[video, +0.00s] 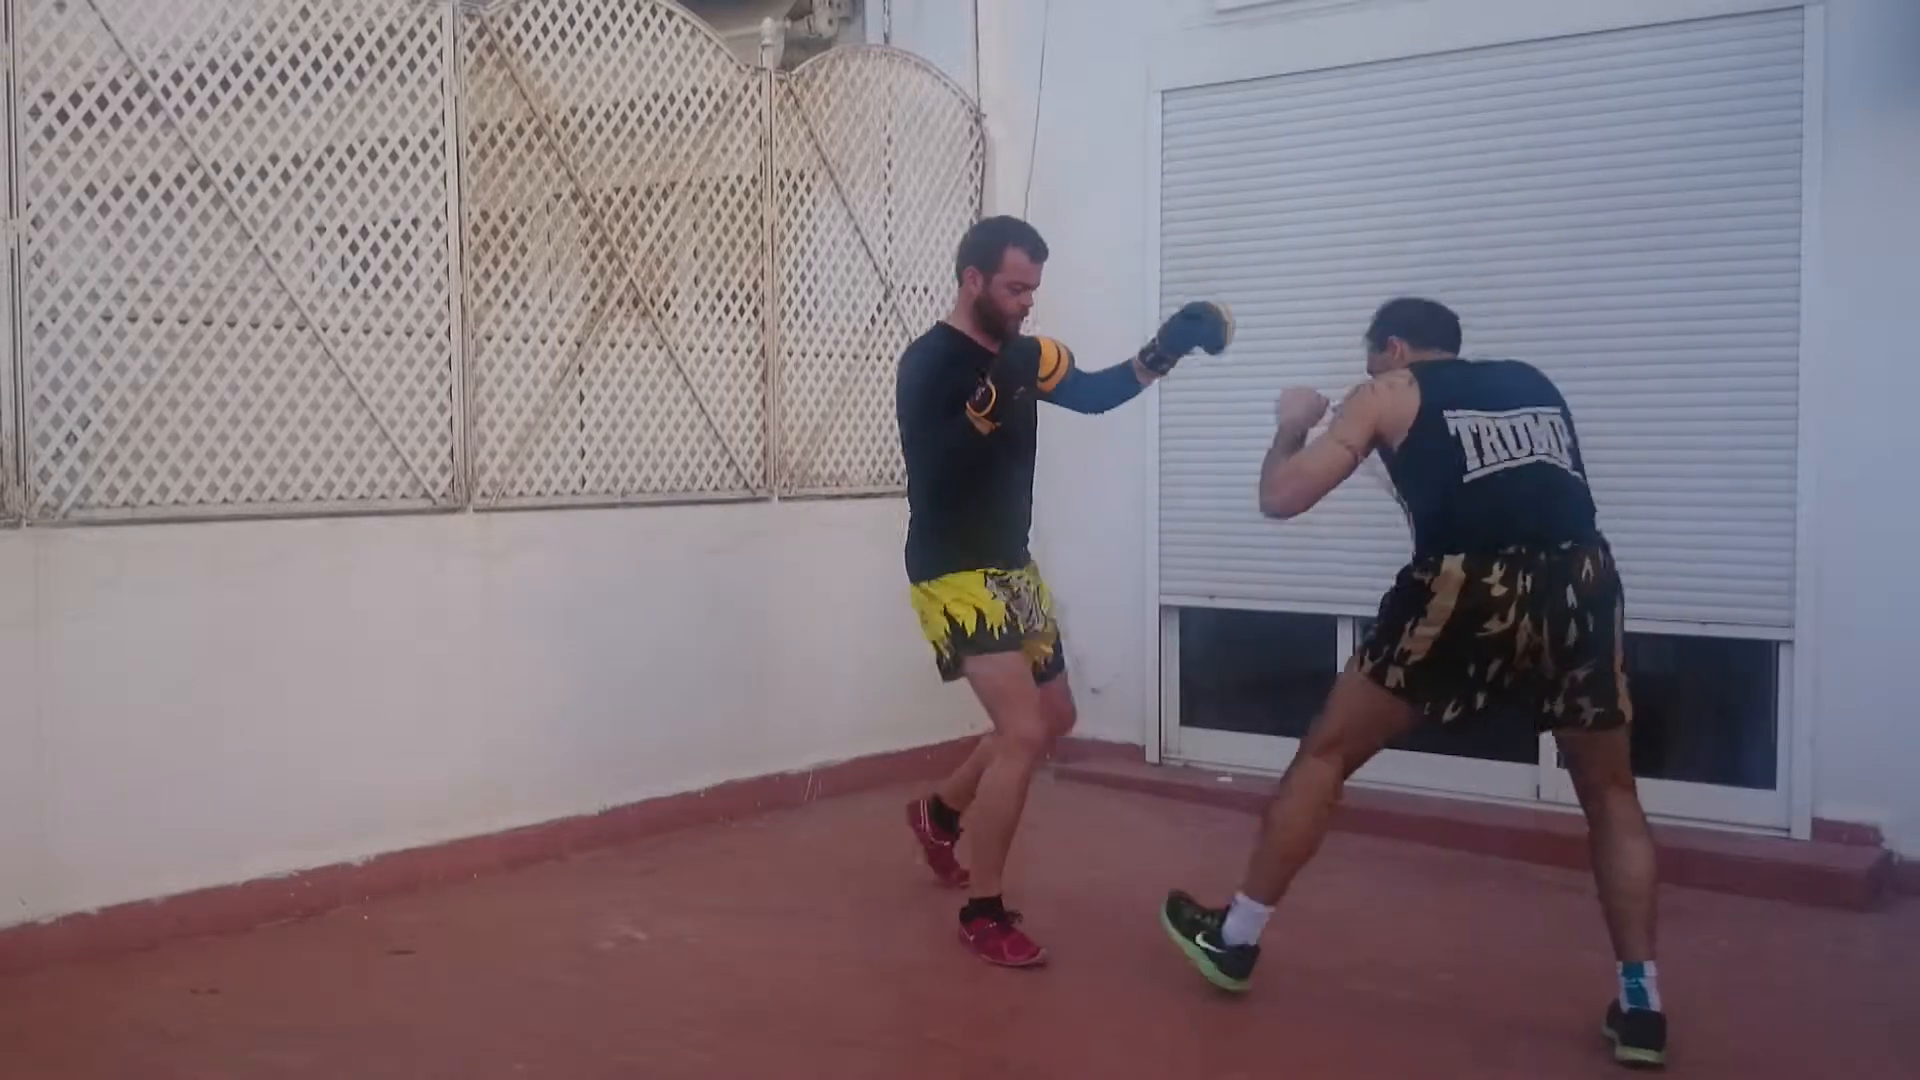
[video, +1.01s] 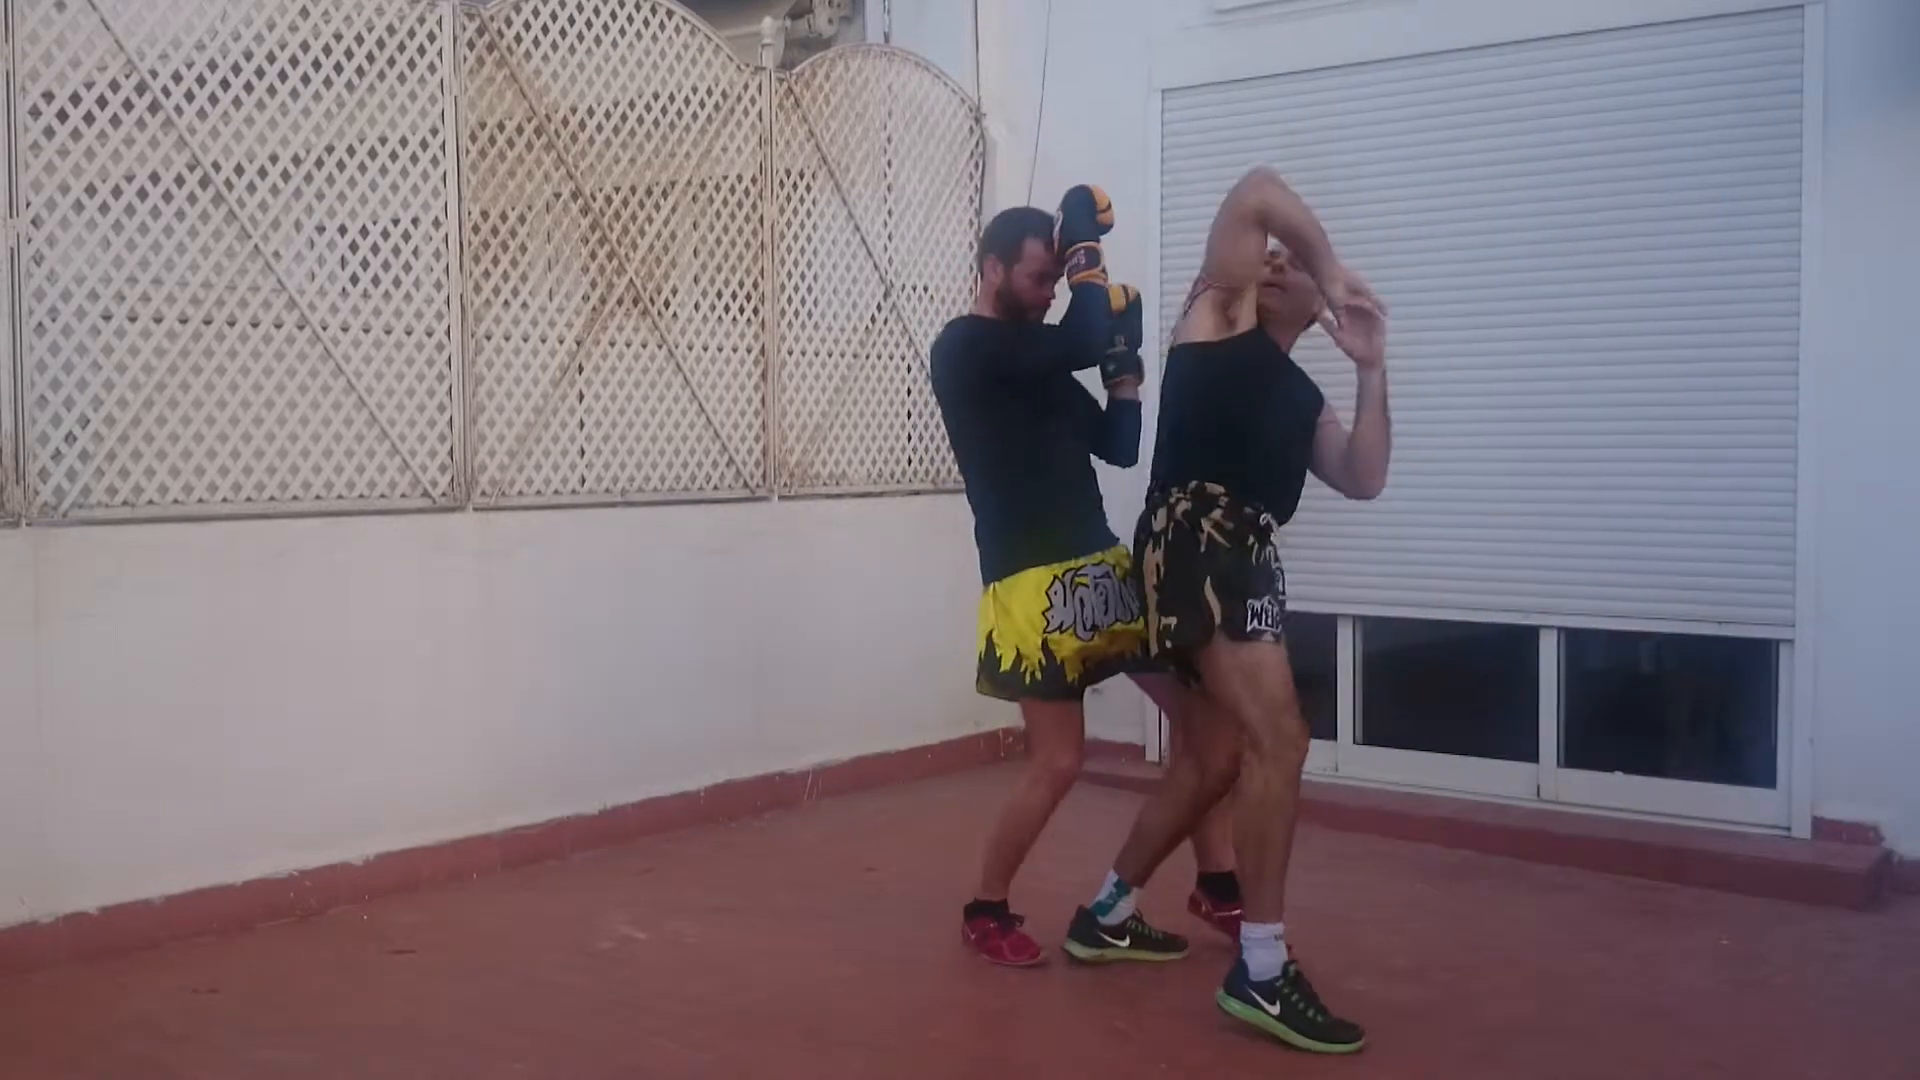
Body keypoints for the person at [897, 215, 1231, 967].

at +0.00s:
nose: (1028, 301)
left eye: (1033, 288)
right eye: (1015, 286)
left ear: (1030, 285)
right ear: (971, 279)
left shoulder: (1020, 354)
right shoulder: (929, 362)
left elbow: (1092, 392)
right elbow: (932, 475)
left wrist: (1161, 352)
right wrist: (993, 401)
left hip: (1012, 563)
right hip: (951, 570)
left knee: (1053, 717)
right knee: (1024, 731)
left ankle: (942, 812)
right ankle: (982, 908)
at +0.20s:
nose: (1014, 281)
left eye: (1020, 268)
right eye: (1003, 266)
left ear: (1016, 267)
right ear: (956, 259)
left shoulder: (1001, 337)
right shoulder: (914, 352)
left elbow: (1048, 397)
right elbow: (941, 453)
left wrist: (1127, 365)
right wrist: (1012, 363)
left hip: (1046, 544)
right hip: (973, 568)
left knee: (1155, 670)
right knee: (1015, 738)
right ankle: (979, 910)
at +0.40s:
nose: (1016, 277)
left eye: (1020, 265)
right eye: (1005, 263)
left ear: (1007, 265)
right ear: (958, 258)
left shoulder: (1007, 341)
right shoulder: (919, 349)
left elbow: (1056, 401)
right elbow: (950, 422)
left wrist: (1135, 359)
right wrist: (1003, 337)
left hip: (1065, 553)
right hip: (991, 570)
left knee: (1151, 711)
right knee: (1022, 745)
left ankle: (1231, 868)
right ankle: (979, 909)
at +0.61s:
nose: (1033, 272)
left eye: (1035, 260)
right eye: (1022, 258)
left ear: (1020, 270)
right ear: (973, 263)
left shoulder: (1028, 342)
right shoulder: (935, 354)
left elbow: (1092, 425)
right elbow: (978, 417)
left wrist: (1134, 353)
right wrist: (1014, 323)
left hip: (1088, 554)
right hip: (1012, 571)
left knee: (1163, 715)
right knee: (1033, 753)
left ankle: (1208, 890)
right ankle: (985, 909)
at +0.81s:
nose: (1041, 283)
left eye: (1043, 270)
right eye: (1027, 268)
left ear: (1036, 270)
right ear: (980, 266)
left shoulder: (1043, 357)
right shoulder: (949, 348)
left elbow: (1132, 423)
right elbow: (1059, 345)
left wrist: (1124, 345)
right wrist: (1074, 270)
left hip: (1103, 559)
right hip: (1027, 573)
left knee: (1193, 711)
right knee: (1054, 758)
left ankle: (1216, 879)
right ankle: (987, 908)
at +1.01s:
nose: (1053, 285)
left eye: (1057, 272)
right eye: (1039, 270)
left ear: (1045, 271)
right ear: (992, 266)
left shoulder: (1045, 360)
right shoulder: (962, 345)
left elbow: (1121, 446)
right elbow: (1082, 340)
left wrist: (1122, 354)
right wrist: (1086, 262)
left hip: (1102, 560)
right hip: (1030, 573)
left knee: (1201, 709)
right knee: (1057, 759)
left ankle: (1219, 880)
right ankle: (986, 907)